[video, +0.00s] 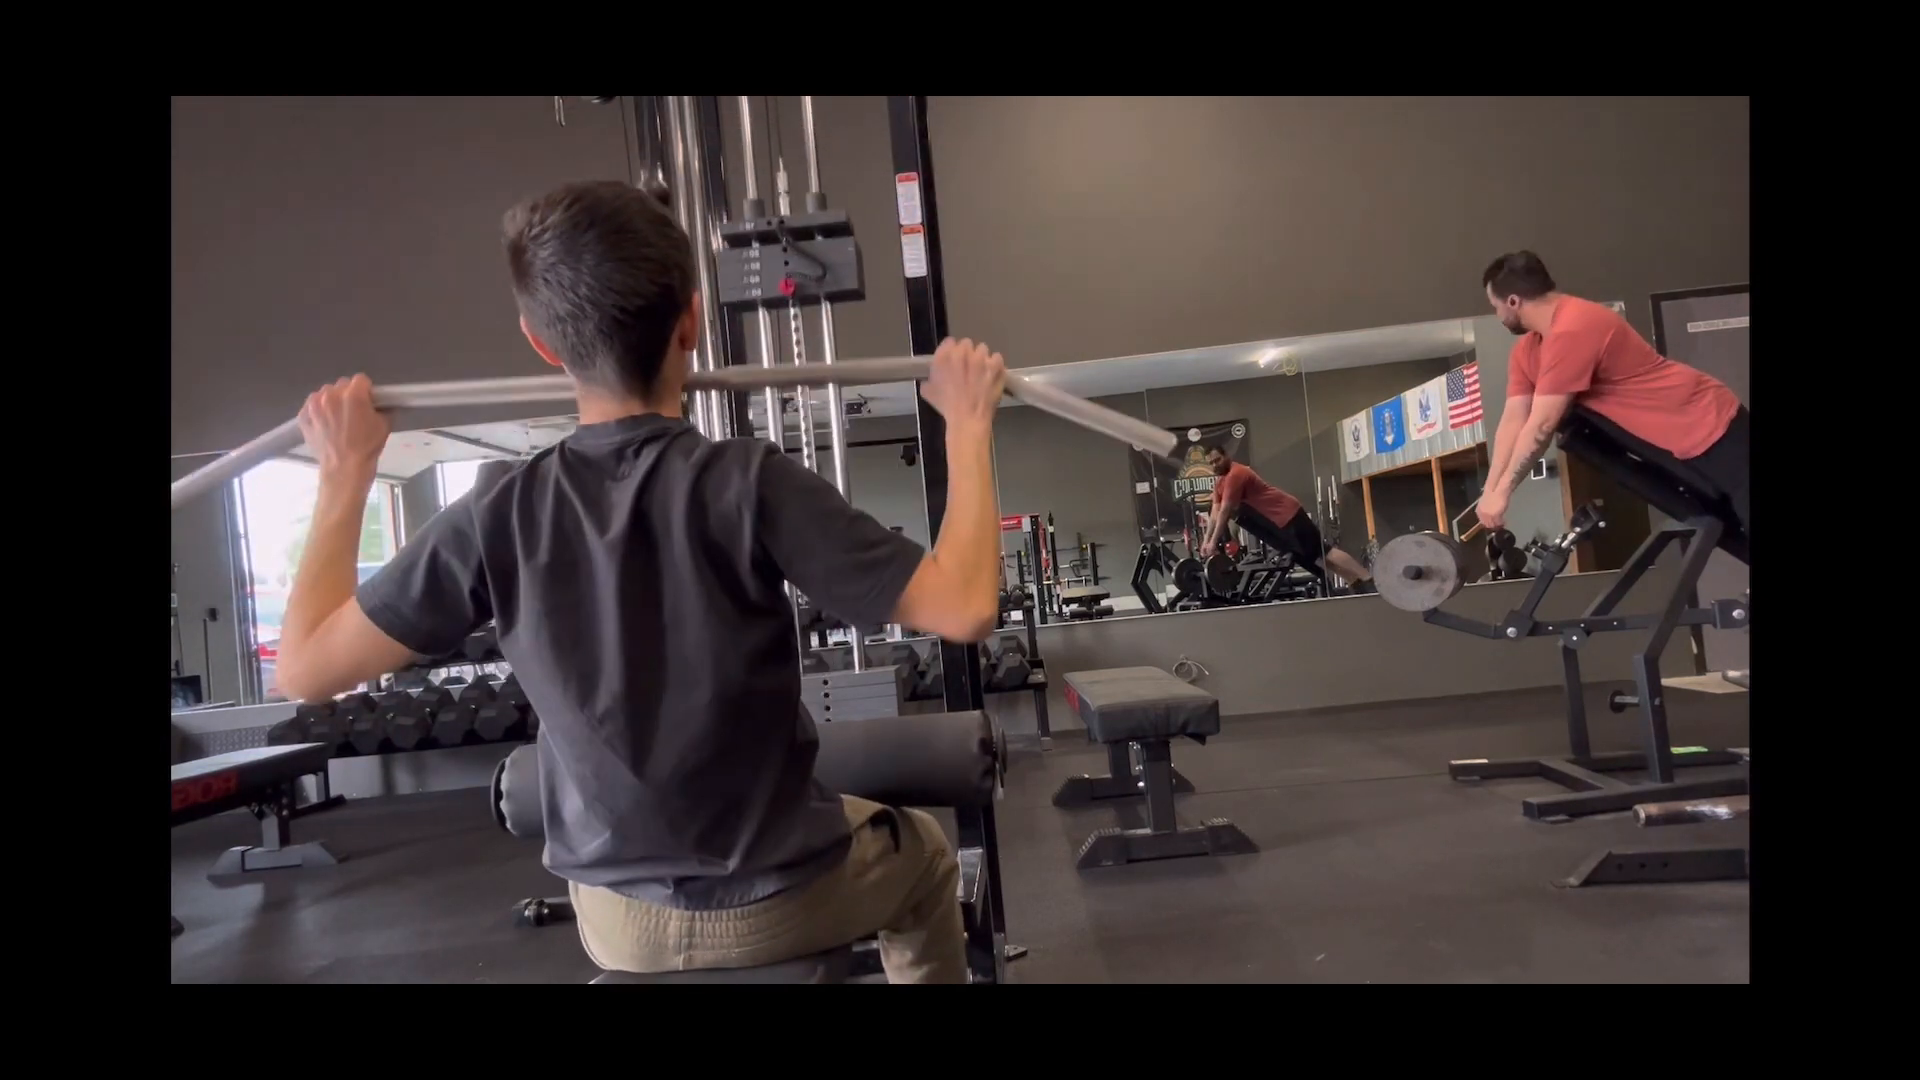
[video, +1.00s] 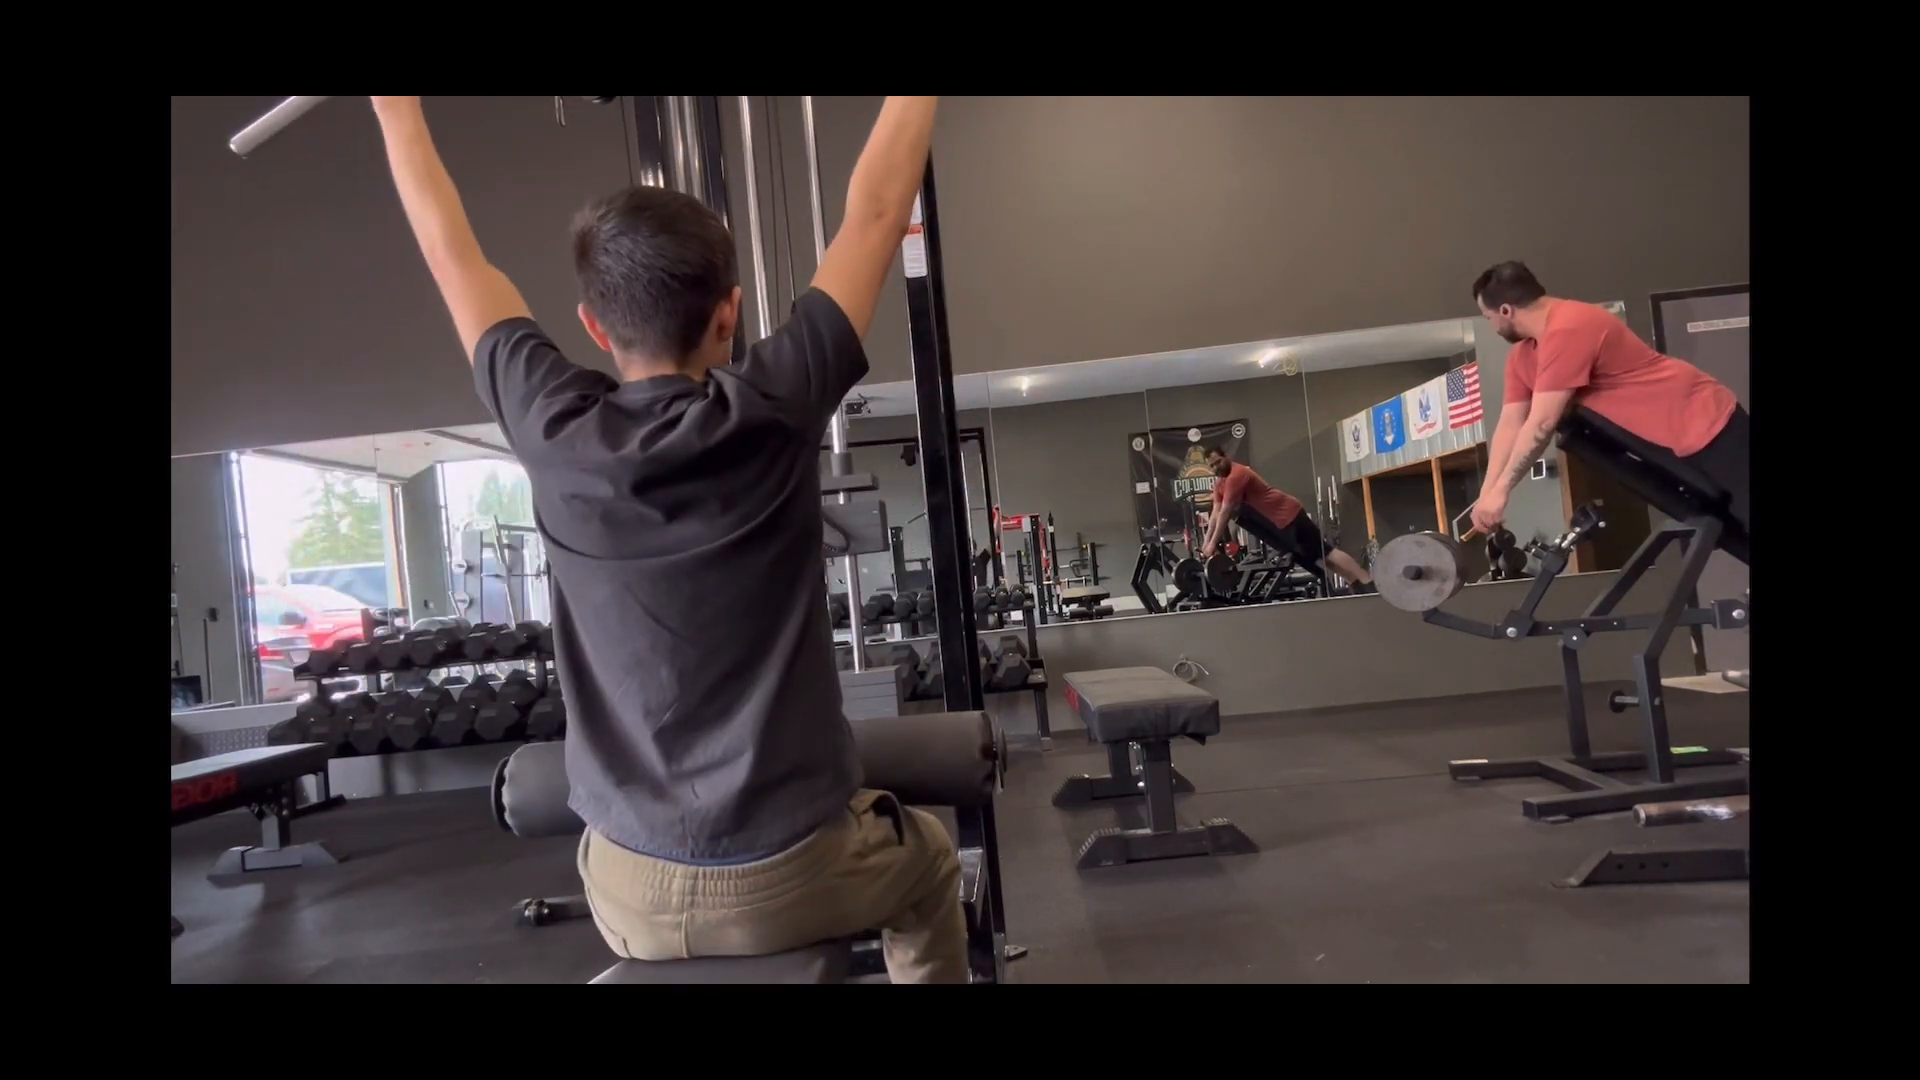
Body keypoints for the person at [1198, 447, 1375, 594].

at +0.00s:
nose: (1215, 464)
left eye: (1217, 459)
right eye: (1211, 462)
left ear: (1226, 456)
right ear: (1209, 466)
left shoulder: (1237, 473)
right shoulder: (1220, 484)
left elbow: (1226, 511)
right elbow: (1215, 512)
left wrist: (1214, 542)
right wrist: (1207, 540)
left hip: (1289, 514)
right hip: (1279, 525)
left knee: (1324, 550)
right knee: (1317, 558)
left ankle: (1368, 579)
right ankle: (1355, 583)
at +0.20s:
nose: (1216, 464)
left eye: (1218, 459)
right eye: (1212, 463)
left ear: (1226, 457)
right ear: (1209, 467)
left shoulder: (1238, 473)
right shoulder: (1220, 484)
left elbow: (1225, 511)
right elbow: (1215, 512)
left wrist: (1211, 540)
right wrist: (1208, 540)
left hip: (1290, 514)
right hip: (1278, 526)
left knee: (1326, 550)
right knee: (1318, 558)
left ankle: (1370, 577)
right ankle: (1355, 583)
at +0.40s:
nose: (1217, 465)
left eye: (1219, 460)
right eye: (1212, 464)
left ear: (1226, 457)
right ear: (1210, 468)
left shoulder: (1237, 474)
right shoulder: (1220, 483)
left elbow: (1224, 512)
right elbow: (1214, 512)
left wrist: (1211, 541)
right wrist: (1206, 540)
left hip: (1290, 514)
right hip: (1279, 525)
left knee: (1327, 551)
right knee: (1319, 558)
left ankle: (1370, 578)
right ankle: (1356, 583)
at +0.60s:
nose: (1217, 465)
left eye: (1219, 460)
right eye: (1212, 464)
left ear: (1227, 457)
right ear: (1210, 467)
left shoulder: (1238, 474)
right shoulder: (1219, 483)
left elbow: (1224, 512)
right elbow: (1214, 512)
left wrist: (1212, 541)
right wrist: (1206, 540)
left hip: (1289, 514)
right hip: (1278, 525)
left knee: (1325, 551)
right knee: (1318, 558)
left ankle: (1369, 579)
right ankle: (1356, 584)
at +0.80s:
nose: (1217, 465)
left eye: (1219, 460)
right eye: (1212, 464)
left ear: (1226, 457)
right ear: (1210, 467)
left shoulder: (1237, 474)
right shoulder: (1219, 483)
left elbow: (1225, 511)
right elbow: (1214, 513)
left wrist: (1212, 542)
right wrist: (1206, 540)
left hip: (1289, 513)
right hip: (1278, 524)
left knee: (1324, 552)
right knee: (1317, 559)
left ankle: (1367, 581)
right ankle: (1355, 584)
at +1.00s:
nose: (1217, 465)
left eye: (1219, 460)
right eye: (1212, 464)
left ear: (1226, 457)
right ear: (1210, 468)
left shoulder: (1238, 474)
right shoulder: (1219, 484)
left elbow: (1226, 511)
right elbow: (1216, 512)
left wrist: (1213, 542)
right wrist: (1207, 540)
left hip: (1290, 513)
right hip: (1279, 525)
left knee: (1325, 550)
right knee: (1318, 558)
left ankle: (1368, 582)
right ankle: (1355, 584)